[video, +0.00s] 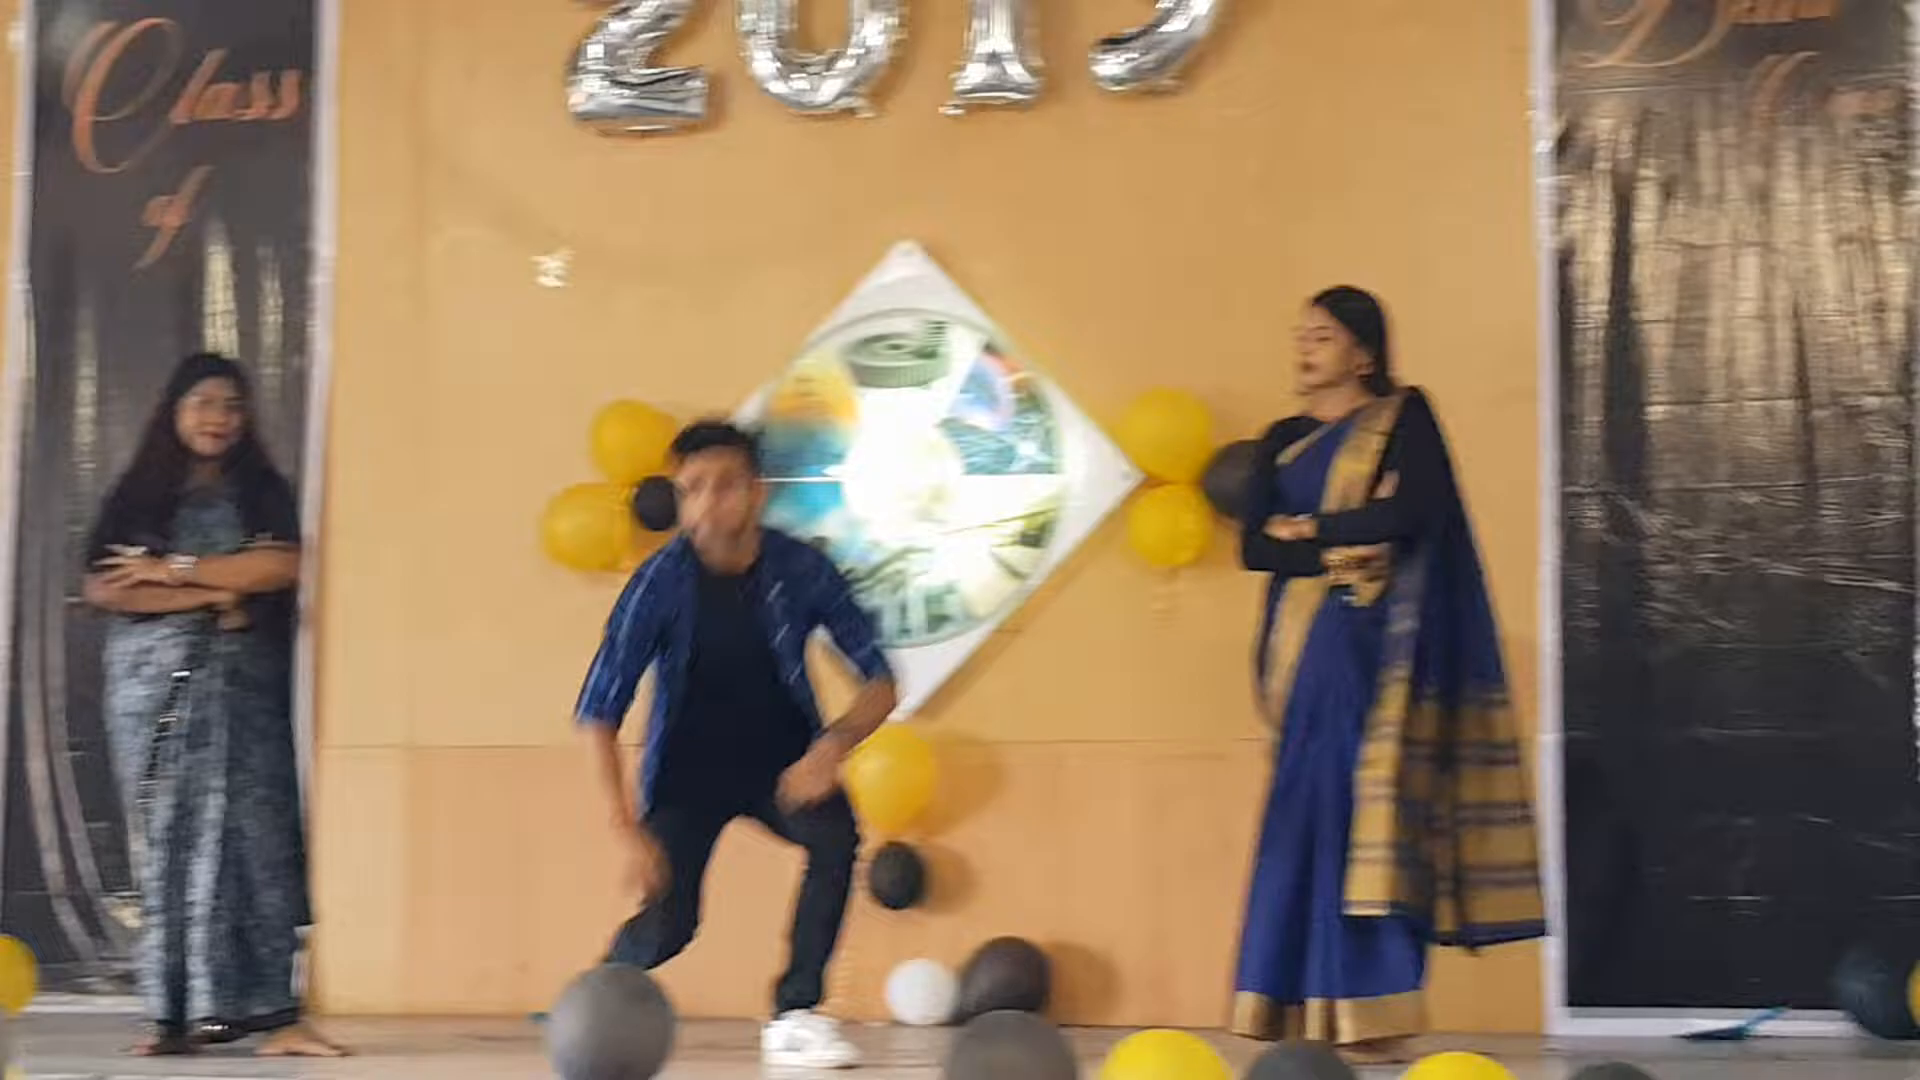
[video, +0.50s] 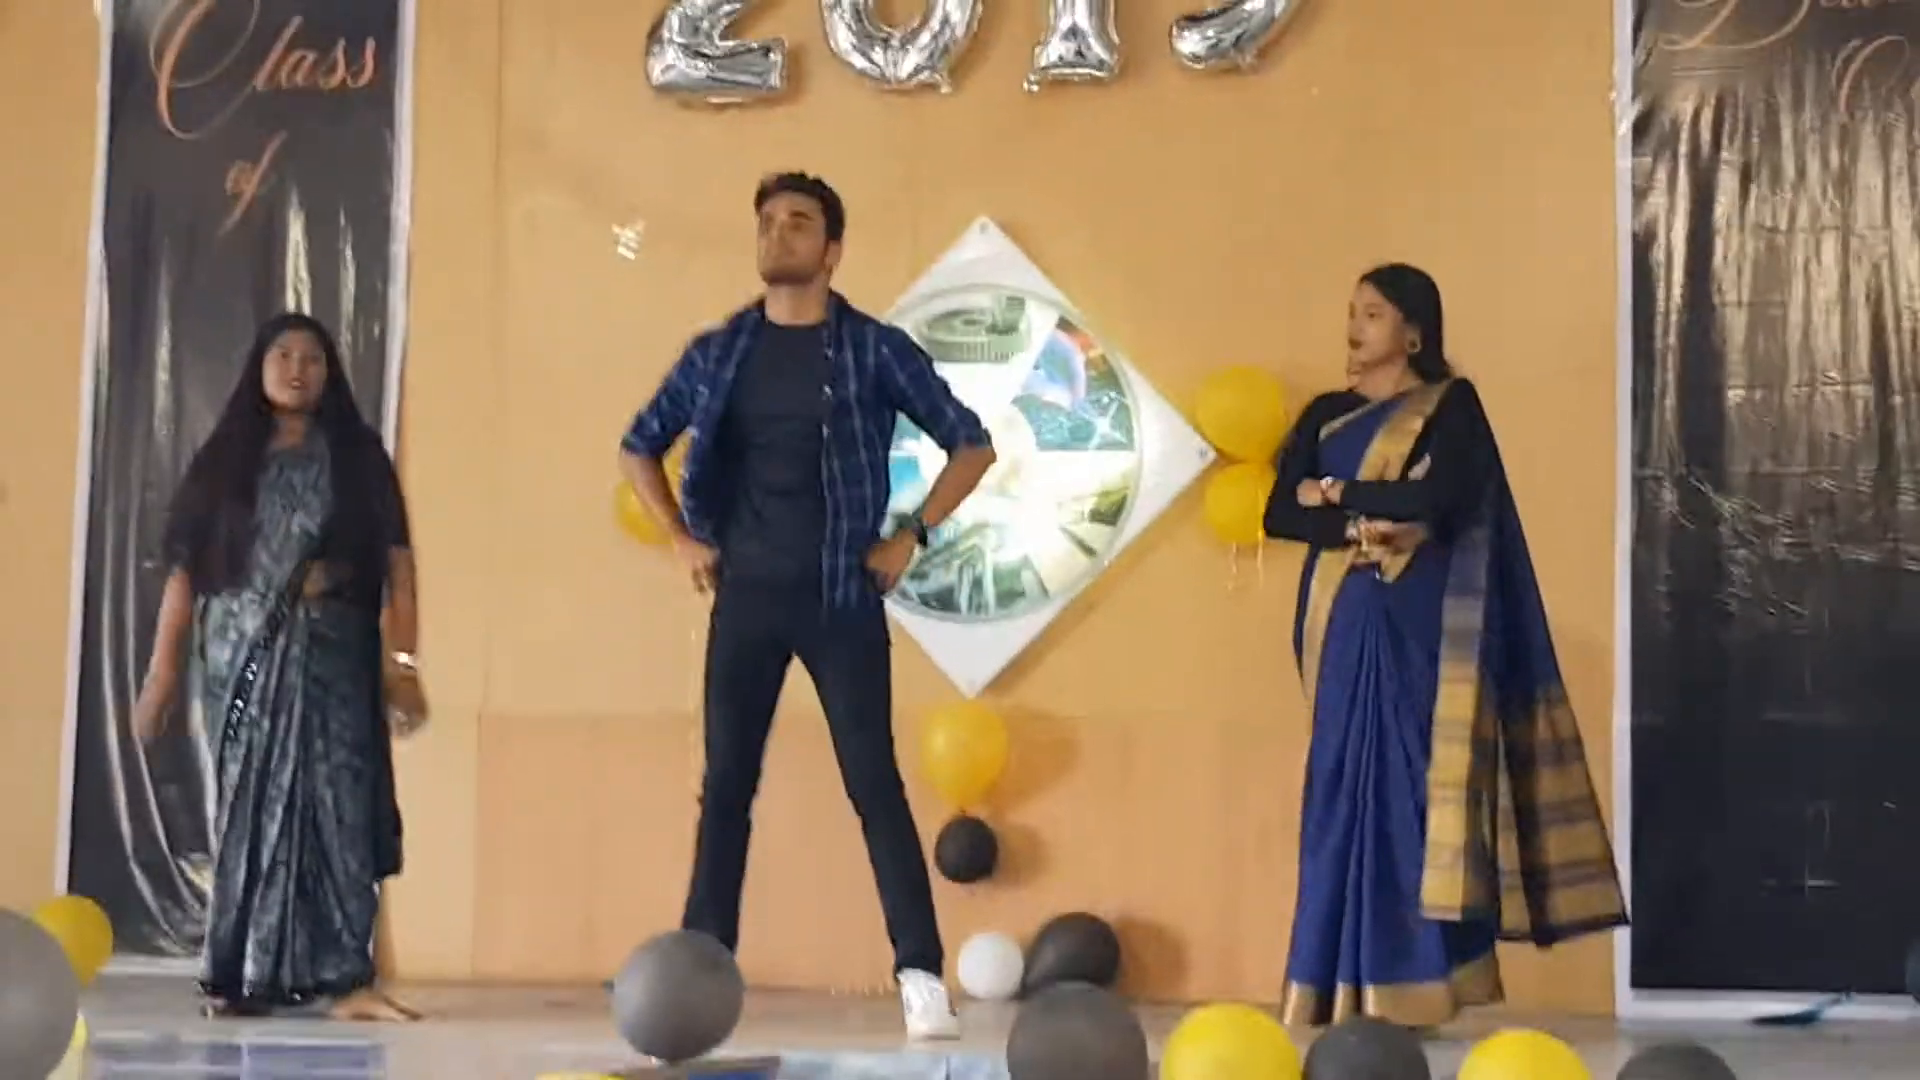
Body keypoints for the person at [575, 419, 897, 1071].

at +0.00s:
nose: (709, 505)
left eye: (726, 486)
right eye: (694, 489)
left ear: (758, 494)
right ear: (677, 501)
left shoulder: (800, 568)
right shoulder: (661, 582)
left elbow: (882, 683)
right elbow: (598, 712)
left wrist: (830, 750)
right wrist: (627, 831)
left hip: (778, 768)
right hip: (688, 774)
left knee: (836, 835)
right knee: (669, 924)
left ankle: (797, 1014)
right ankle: (597, 998)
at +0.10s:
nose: (736, 429)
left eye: (751, 412)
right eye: (721, 414)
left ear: (783, 424)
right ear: (706, 429)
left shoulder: (828, 509)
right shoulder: (684, 513)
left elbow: (927, 608)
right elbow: (606, 635)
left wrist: (892, 682)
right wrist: (641, 747)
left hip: (812, 727)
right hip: (716, 730)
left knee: (862, 834)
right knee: (688, 891)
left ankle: (828, 1013)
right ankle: (634, 1014)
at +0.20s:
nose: (765, 316)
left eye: (779, 302)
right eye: (752, 304)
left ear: (810, 314)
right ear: (734, 318)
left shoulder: (858, 414)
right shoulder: (709, 422)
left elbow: (973, 496)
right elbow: (620, 515)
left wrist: (939, 586)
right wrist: (657, 626)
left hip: (842, 652)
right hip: (738, 656)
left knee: (883, 799)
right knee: (705, 820)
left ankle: (872, 991)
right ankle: (669, 995)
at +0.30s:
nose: (774, 238)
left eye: (791, 226)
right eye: (762, 229)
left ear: (829, 246)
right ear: (748, 254)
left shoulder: (878, 344)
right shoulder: (718, 350)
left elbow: (992, 427)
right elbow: (629, 441)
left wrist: (938, 524)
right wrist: (672, 538)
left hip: (853, 599)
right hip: (752, 601)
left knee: (887, 777)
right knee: (704, 782)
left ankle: (918, 972)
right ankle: (695, 970)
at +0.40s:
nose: (777, 223)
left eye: (796, 212)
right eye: (766, 212)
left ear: (831, 234)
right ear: (750, 235)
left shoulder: (877, 329)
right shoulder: (719, 332)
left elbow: (987, 414)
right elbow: (631, 421)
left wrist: (917, 501)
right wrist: (686, 508)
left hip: (849, 581)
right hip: (751, 582)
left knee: (881, 774)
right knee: (715, 773)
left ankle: (925, 964)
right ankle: (703, 970)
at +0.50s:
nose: (781, 233)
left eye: (800, 223)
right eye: (770, 223)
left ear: (833, 248)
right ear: (753, 246)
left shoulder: (876, 346)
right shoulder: (718, 350)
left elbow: (973, 446)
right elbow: (639, 448)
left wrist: (912, 533)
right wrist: (682, 536)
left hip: (843, 598)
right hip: (746, 598)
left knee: (874, 786)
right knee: (726, 784)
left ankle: (918, 971)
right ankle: (703, 972)